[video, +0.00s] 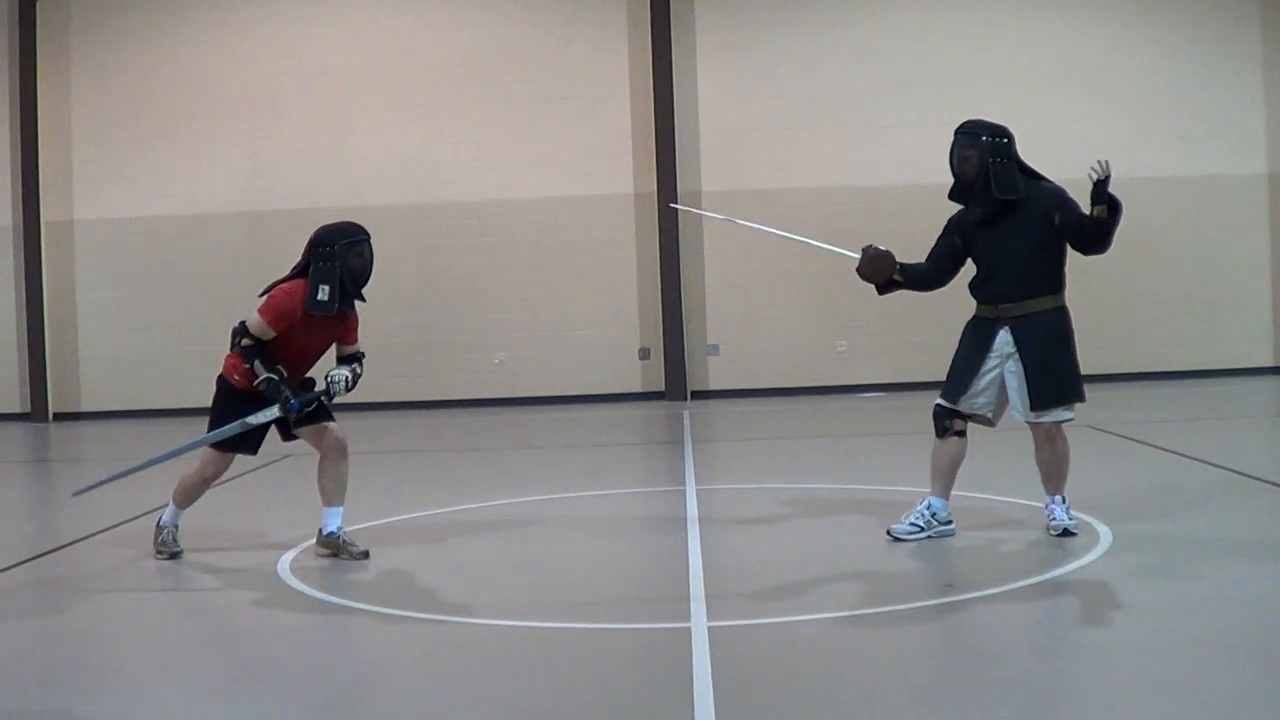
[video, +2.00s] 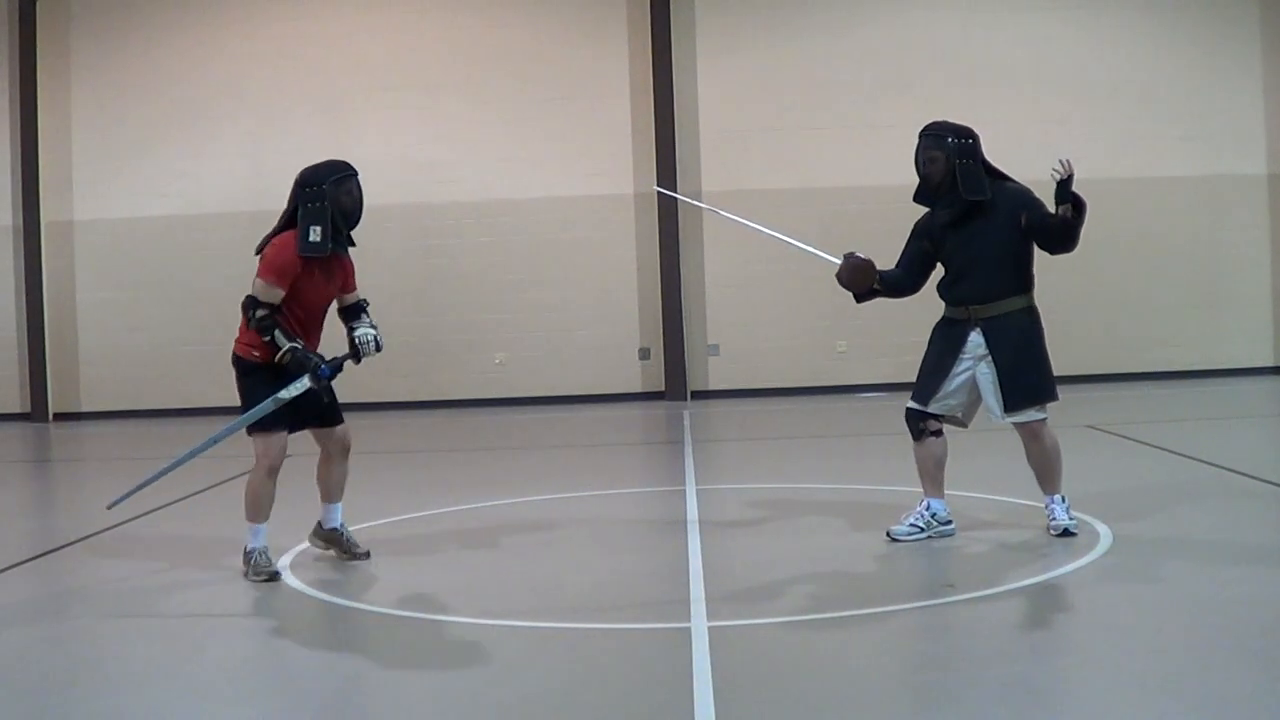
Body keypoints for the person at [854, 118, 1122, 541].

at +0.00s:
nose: (958, 168)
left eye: (966, 159)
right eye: (956, 159)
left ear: (993, 158)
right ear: (958, 160)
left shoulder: (1046, 199)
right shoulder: (967, 220)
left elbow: (1092, 243)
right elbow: (936, 272)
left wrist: (1102, 207)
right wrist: (891, 272)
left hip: (1041, 324)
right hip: (986, 325)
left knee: (1045, 420)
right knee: (950, 413)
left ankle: (1056, 505)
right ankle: (936, 510)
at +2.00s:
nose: (923, 168)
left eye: (931, 158)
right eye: (920, 160)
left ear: (958, 158)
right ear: (922, 163)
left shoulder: (1013, 199)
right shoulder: (934, 220)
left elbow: (1059, 241)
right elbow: (907, 278)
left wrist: (1068, 204)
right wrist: (870, 279)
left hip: (1011, 325)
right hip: (956, 327)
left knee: (1030, 418)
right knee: (923, 416)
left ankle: (1055, 503)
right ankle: (934, 510)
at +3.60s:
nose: (976, 179)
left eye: (985, 171)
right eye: (973, 171)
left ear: (1008, 175)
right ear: (968, 175)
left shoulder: (1043, 227)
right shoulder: (963, 232)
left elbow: (1085, 267)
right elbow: (933, 284)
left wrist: (1106, 239)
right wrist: (901, 274)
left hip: (1032, 338)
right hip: (973, 340)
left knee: (1070, 420)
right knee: (939, 418)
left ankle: (1083, 467)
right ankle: (932, 510)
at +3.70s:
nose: (1009, 183)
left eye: (1017, 175)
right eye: (1004, 175)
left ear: (1041, 177)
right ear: (1000, 178)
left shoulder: (1075, 226)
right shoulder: (996, 225)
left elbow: (1126, 262)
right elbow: (950, 253)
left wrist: (1130, 229)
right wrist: (904, 245)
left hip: (1055, 337)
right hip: (997, 335)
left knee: (1086, 427)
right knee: (965, 421)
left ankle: (1091, 481)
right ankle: (930, 507)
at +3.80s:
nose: (1043, 179)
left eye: (1053, 172)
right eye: (1039, 171)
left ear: (1074, 175)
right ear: (1034, 175)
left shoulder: (1108, 224)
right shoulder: (1030, 223)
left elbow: (1153, 263)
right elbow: (981, 257)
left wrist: (1159, 240)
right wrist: (935, 254)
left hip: (1086, 336)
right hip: (1030, 332)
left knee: (1099, 430)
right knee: (993, 418)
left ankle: (1090, 490)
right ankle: (944, 491)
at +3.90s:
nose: (1074, 175)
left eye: (1083, 167)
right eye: (1069, 167)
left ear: (1103, 173)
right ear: (1063, 173)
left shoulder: (1131, 225)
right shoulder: (1056, 225)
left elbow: (1164, 266)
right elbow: (1030, 274)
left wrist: (1194, 273)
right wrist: (983, 290)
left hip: (1107, 334)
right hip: (1054, 331)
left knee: (1109, 421)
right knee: (1029, 414)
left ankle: (1093, 485)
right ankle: (1001, 467)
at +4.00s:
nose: (1097, 178)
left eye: (1105, 171)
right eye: (1093, 170)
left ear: (1126, 175)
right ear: (1086, 173)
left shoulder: (1152, 226)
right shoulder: (1080, 223)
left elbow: (1188, 269)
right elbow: (1049, 266)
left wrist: (1227, 302)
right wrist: (1006, 268)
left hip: (1126, 331)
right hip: (1076, 328)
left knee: (1116, 414)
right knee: (1063, 421)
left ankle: (1096, 482)